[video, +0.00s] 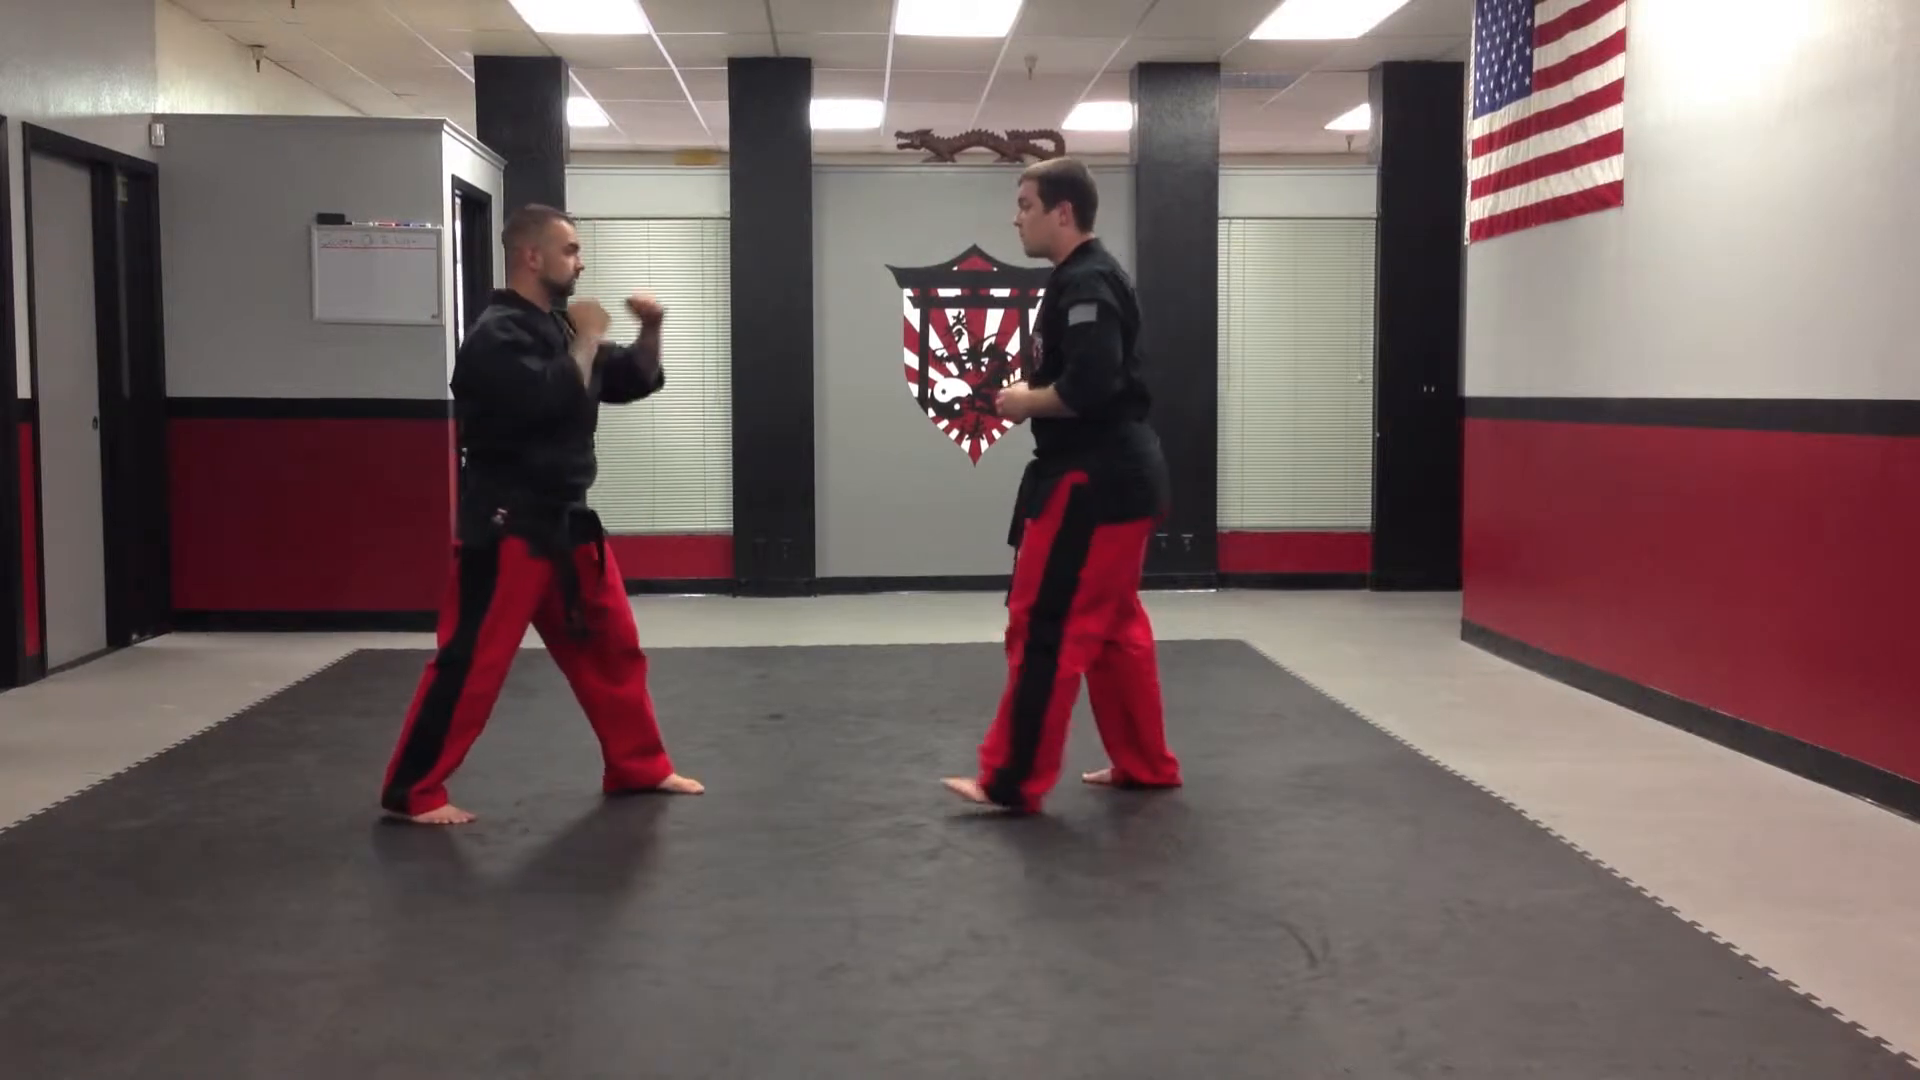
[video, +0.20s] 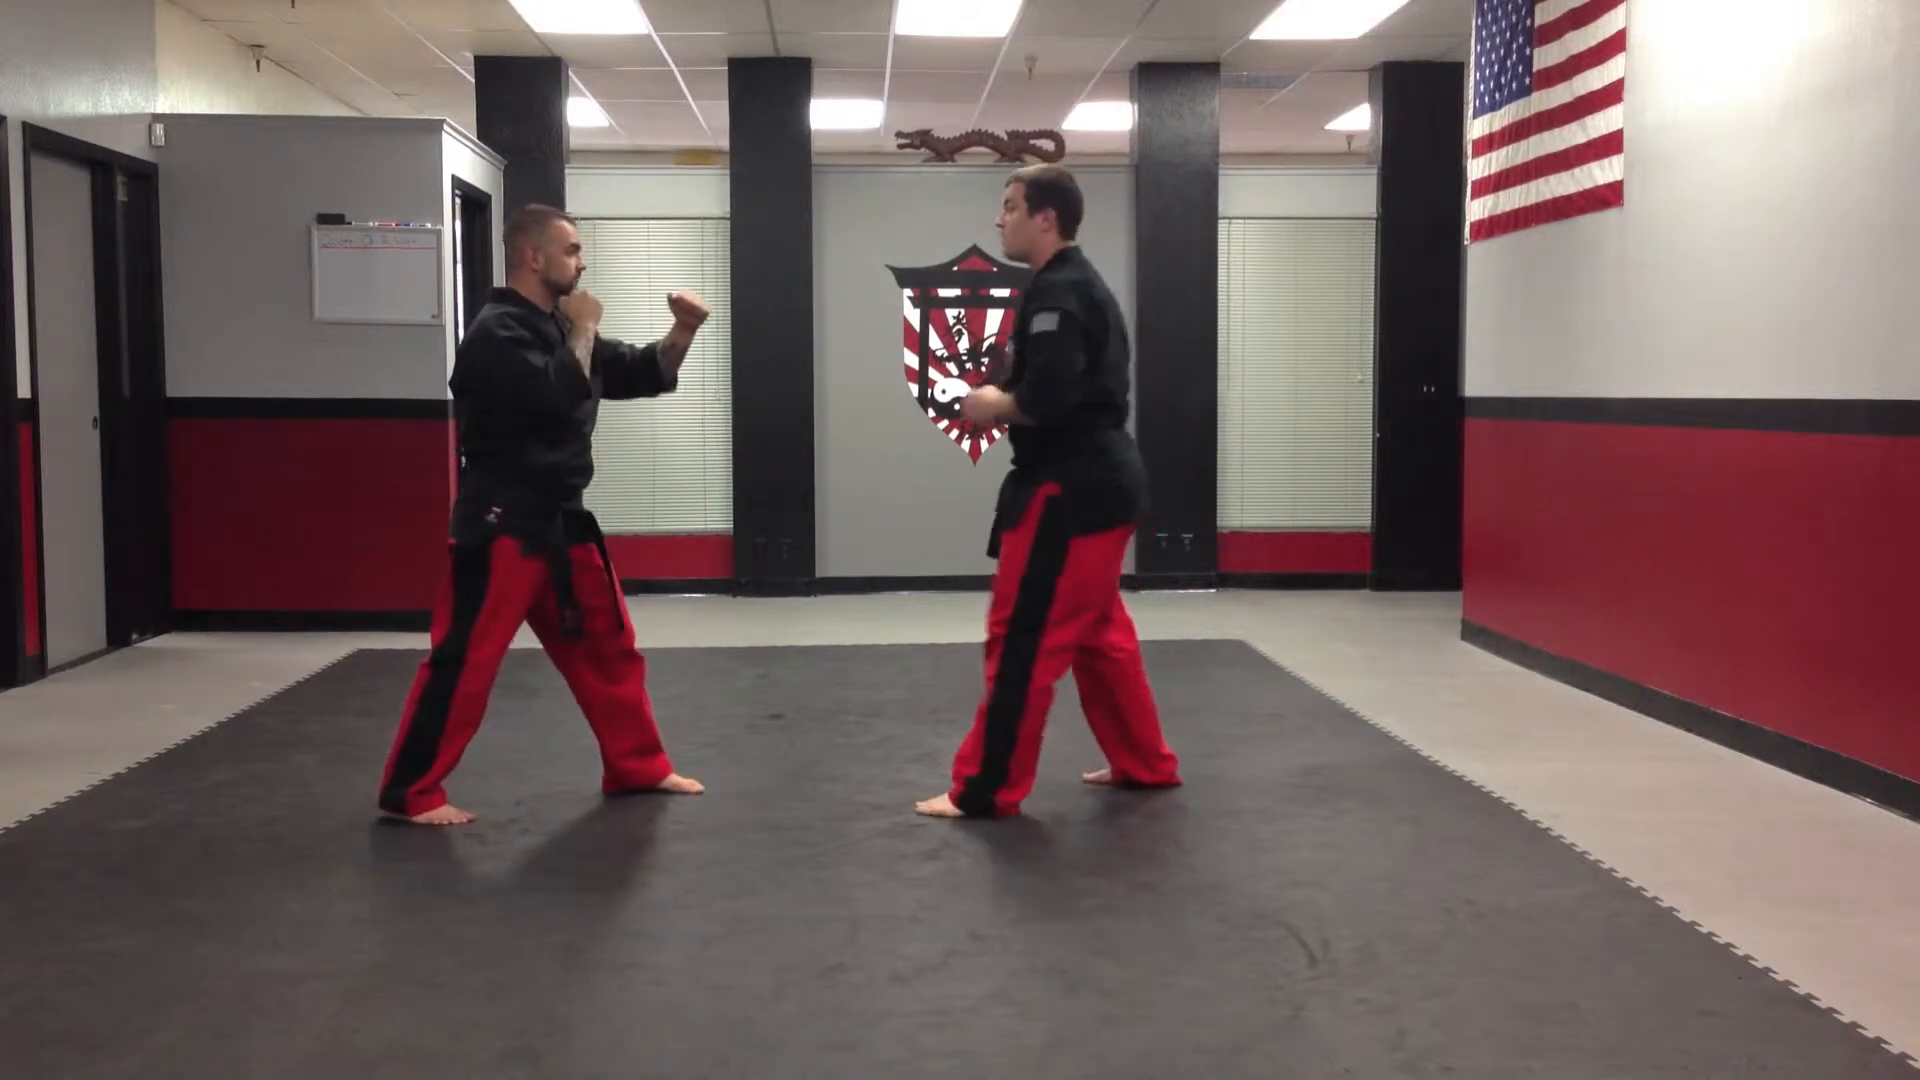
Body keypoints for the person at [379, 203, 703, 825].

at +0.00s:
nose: (579, 262)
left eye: (578, 251)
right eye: (568, 251)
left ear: (540, 257)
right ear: (529, 255)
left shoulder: (558, 330)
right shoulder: (493, 335)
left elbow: (630, 381)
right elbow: (547, 397)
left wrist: (649, 332)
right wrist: (586, 343)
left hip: (567, 518)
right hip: (504, 523)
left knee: (610, 647)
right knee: (472, 663)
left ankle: (637, 768)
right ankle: (411, 792)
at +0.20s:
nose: (581, 263)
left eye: (580, 251)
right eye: (571, 251)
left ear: (540, 258)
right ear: (531, 256)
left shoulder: (557, 330)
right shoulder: (493, 332)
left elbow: (637, 373)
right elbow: (550, 397)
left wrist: (682, 333)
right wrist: (581, 335)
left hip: (561, 519)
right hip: (499, 523)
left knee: (606, 646)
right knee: (463, 662)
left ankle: (637, 768)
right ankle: (410, 792)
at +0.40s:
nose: (594, 263)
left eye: (593, 252)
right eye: (584, 252)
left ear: (549, 259)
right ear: (544, 256)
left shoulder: (573, 334)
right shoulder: (502, 334)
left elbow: (653, 379)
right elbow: (560, 397)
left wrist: (695, 339)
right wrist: (592, 339)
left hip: (572, 520)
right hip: (505, 525)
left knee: (628, 644)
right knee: (467, 662)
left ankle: (639, 772)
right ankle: (412, 793)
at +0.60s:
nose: (616, 268)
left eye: (615, 257)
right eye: (606, 256)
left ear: (572, 265)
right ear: (565, 262)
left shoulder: (592, 335)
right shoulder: (529, 339)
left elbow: (672, 381)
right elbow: (585, 401)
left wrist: (716, 342)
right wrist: (613, 341)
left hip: (592, 520)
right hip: (527, 525)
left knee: (649, 641)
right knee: (487, 662)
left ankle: (645, 770)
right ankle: (415, 788)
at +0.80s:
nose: (656, 263)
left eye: (655, 252)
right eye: (646, 253)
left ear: (619, 259)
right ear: (609, 258)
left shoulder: (636, 331)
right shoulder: (582, 336)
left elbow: (692, 390)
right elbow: (643, 399)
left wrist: (736, 353)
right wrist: (667, 336)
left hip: (644, 511)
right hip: (592, 518)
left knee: (673, 641)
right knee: (615, 641)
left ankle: (646, 769)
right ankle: (506, 761)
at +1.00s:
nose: (715, 261)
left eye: (713, 249)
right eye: (704, 250)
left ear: (665, 260)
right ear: (667, 257)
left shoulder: (633, 330)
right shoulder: (675, 331)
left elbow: (611, 430)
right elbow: (751, 362)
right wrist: (798, 315)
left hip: (636, 511)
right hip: (672, 510)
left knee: (679, 636)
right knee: (743, 619)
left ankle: (649, 765)